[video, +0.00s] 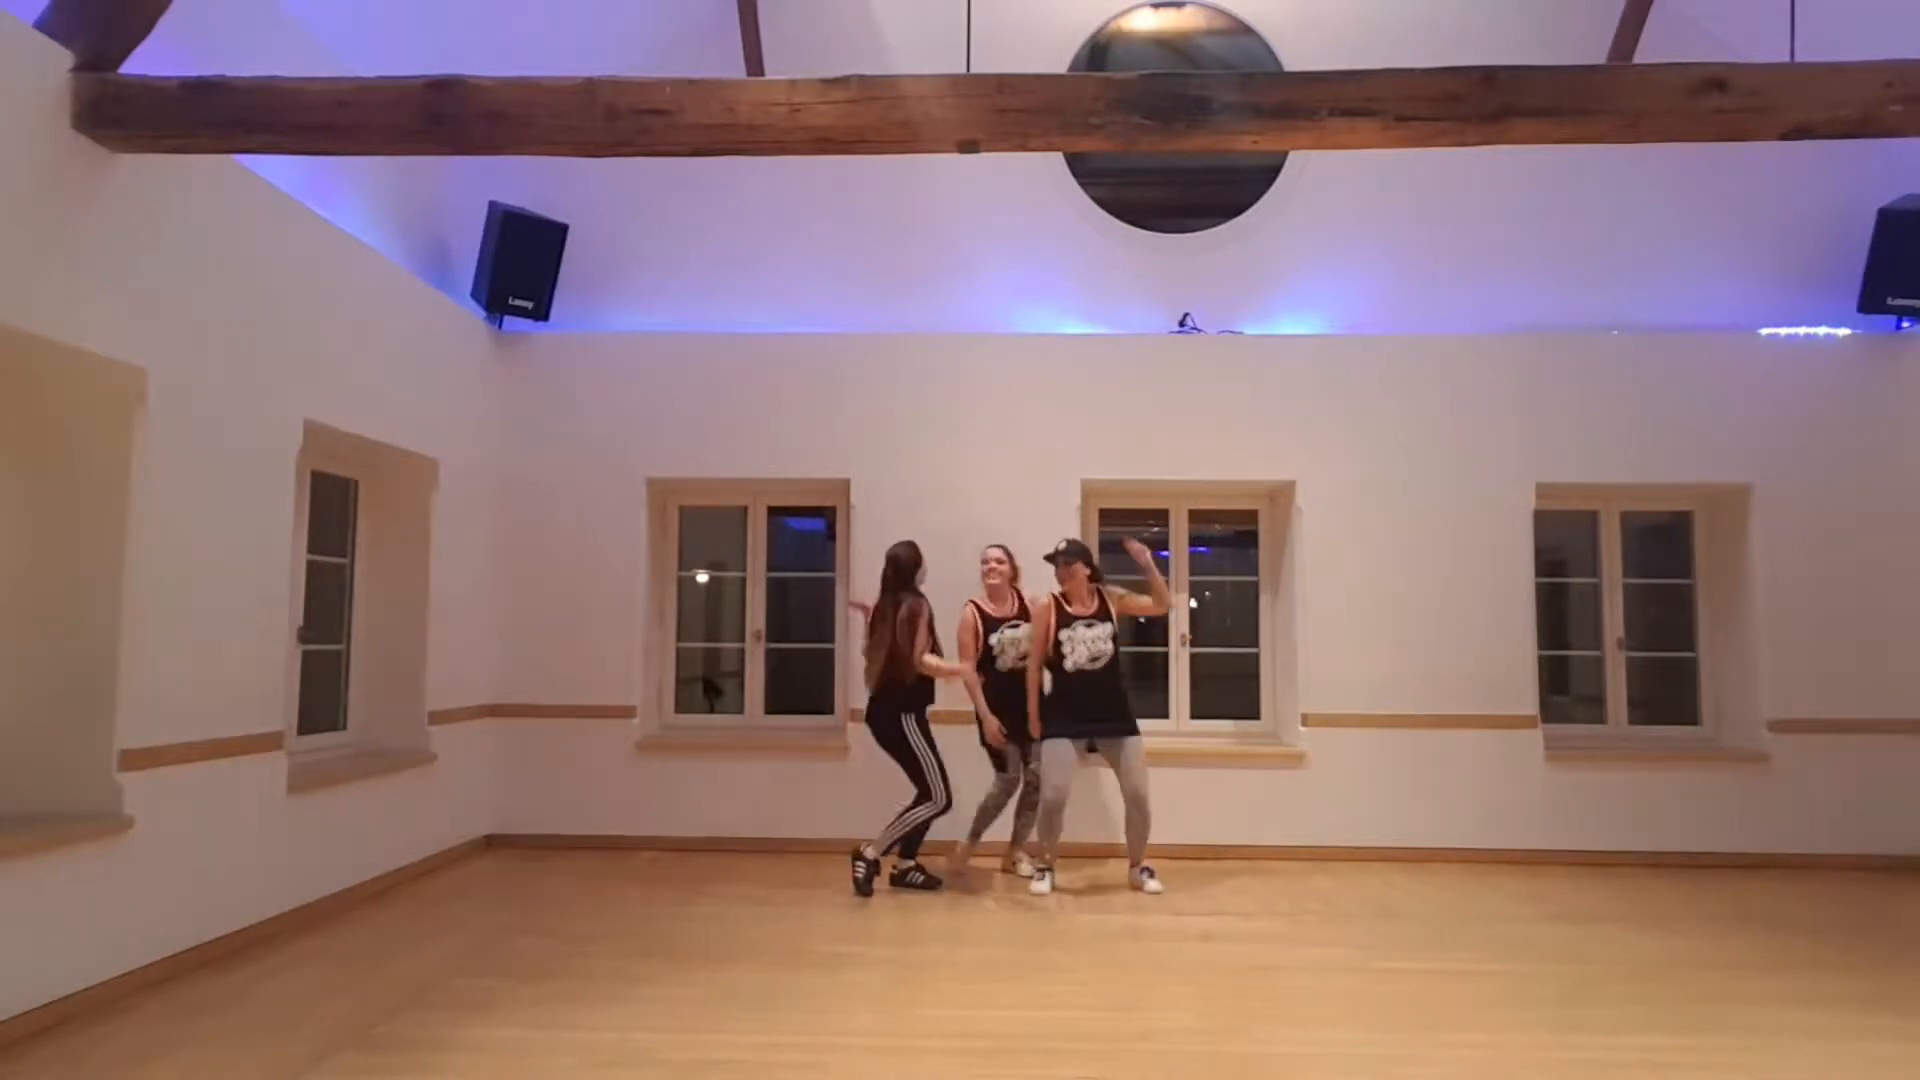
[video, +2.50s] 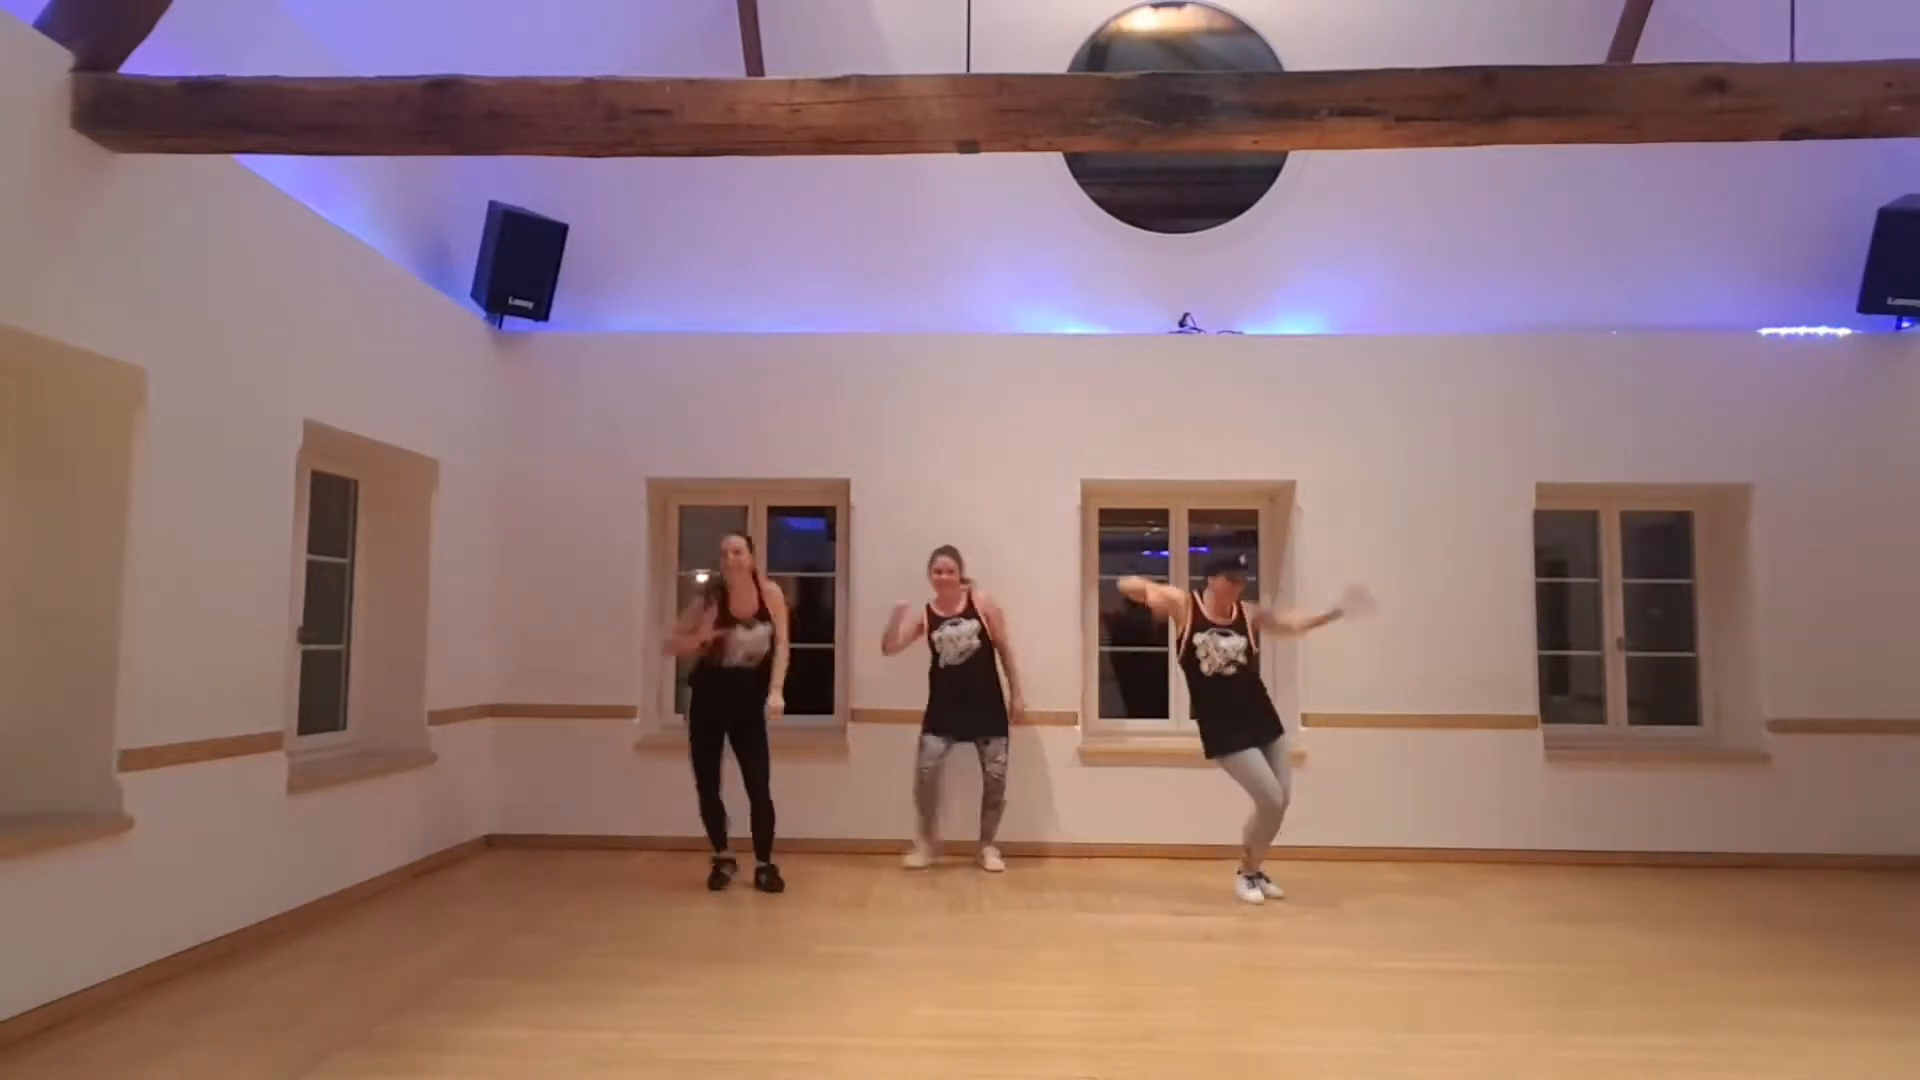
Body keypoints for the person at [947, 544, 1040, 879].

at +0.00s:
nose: (991, 567)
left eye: (999, 561)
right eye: (986, 562)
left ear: (1012, 569)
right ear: (980, 570)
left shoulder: (1028, 606)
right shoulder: (973, 613)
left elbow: (1045, 652)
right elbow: (968, 669)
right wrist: (986, 715)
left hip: (1029, 697)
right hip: (994, 702)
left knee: (1034, 778)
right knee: (1009, 777)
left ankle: (1017, 851)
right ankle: (968, 844)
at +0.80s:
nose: (1034, 567)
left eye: (1041, 563)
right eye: (1029, 561)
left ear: (1050, 572)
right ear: (1018, 564)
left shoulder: (1050, 605)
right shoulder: (992, 591)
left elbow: (1042, 653)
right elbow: (967, 631)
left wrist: (1011, 691)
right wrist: (957, 670)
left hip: (1021, 696)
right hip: (978, 690)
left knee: (1019, 775)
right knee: (972, 768)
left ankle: (1019, 847)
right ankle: (965, 841)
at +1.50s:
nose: (1006, 567)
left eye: (1012, 562)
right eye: (1001, 561)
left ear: (1025, 566)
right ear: (993, 565)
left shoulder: (1036, 598)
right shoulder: (979, 599)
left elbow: (1052, 639)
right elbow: (964, 647)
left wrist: (1052, 688)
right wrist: (990, 631)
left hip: (1022, 697)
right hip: (981, 697)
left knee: (1027, 772)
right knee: (971, 771)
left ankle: (1014, 846)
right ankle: (963, 844)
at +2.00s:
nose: (977, 569)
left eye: (983, 563)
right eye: (971, 563)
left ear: (994, 563)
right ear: (964, 562)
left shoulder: (1004, 587)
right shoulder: (955, 582)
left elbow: (1015, 626)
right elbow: (946, 621)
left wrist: (1018, 662)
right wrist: (953, 659)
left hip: (997, 681)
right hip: (959, 680)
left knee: (1000, 765)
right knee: (959, 766)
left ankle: (1000, 840)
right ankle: (953, 841)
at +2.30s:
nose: (974, 581)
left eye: (980, 575)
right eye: (968, 575)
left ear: (992, 578)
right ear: (960, 578)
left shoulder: (1001, 611)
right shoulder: (944, 610)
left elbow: (1013, 653)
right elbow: (928, 657)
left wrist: (1009, 675)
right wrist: (910, 691)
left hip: (992, 700)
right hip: (955, 704)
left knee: (997, 776)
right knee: (973, 775)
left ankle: (986, 846)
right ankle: (962, 844)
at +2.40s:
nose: (959, 580)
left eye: (966, 574)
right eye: (954, 575)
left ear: (978, 577)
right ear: (946, 579)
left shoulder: (996, 610)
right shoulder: (938, 615)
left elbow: (1014, 660)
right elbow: (914, 661)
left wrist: (1017, 708)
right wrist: (897, 659)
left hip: (991, 704)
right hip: (951, 705)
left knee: (997, 776)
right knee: (952, 774)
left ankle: (987, 846)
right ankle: (953, 844)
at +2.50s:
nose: (943, 577)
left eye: (950, 571)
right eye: (937, 572)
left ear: (961, 574)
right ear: (929, 576)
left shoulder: (982, 603)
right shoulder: (927, 613)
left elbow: (1004, 649)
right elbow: (889, 648)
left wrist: (1016, 694)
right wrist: (896, 621)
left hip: (986, 701)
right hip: (944, 703)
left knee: (996, 775)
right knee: (926, 769)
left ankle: (988, 845)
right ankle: (927, 843)